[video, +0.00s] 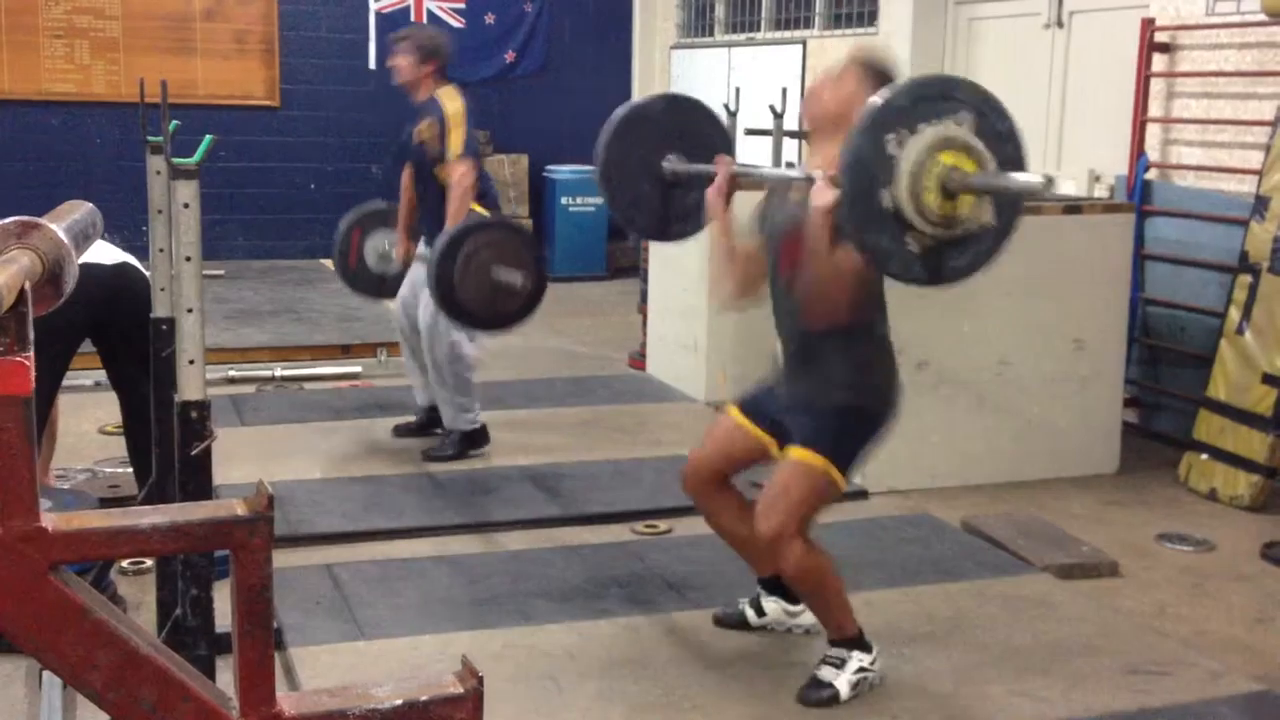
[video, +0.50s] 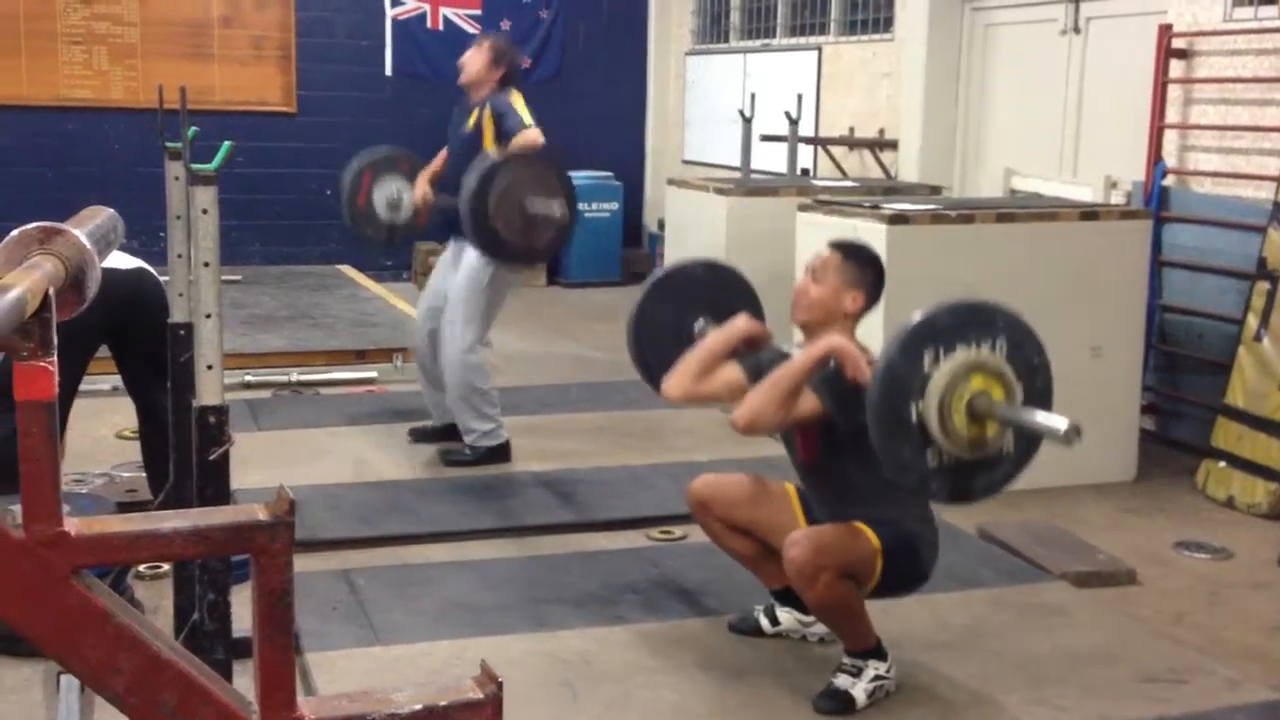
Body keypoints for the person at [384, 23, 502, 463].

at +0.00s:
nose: (392, 63)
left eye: (401, 56)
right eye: (393, 56)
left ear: (427, 63)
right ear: (415, 66)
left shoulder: (450, 102)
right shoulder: (421, 109)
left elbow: (464, 177)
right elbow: (411, 174)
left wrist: (449, 245)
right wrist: (404, 236)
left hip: (460, 241)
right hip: (432, 239)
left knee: (438, 323)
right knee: (407, 310)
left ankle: (467, 425)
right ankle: (434, 408)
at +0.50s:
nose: (462, 58)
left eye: (473, 52)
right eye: (467, 50)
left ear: (494, 67)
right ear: (481, 66)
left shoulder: (505, 101)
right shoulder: (468, 109)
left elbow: (533, 137)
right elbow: (452, 151)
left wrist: (495, 156)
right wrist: (424, 177)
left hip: (493, 245)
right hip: (463, 240)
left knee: (461, 339)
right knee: (427, 324)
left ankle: (489, 439)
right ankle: (450, 420)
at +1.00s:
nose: (445, 52)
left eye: (455, 46)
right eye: (449, 45)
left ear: (479, 60)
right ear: (469, 61)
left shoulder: (492, 109)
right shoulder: (458, 115)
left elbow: (506, 181)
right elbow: (450, 187)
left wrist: (498, 248)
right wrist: (439, 246)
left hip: (497, 249)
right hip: (467, 250)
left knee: (498, 341)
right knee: (458, 337)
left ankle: (499, 441)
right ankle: (463, 422)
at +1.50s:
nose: (391, 128)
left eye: (395, 117)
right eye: (388, 119)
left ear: (421, 111)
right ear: (415, 114)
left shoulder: (461, 148)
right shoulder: (438, 156)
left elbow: (478, 226)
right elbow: (438, 223)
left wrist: (494, 295)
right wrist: (434, 286)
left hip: (520, 251)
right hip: (485, 252)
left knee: (499, 347)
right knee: (464, 340)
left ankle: (501, 454)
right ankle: (467, 434)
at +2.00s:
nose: (372, 305)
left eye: (373, 295)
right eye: (368, 299)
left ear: (392, 281)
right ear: (395, 280)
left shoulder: (440, 294)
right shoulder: (423, 295)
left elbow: (464, 368)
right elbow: (436, 355)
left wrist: (468, 443)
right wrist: (440, 410)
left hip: (544, 300)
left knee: (464, 369)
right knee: (495, 374)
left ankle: (463, 456)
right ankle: (496, 453)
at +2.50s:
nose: (366, 333)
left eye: (361, 325)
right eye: (360, 329)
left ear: (370, 309)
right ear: (375, 299)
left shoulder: (420, 313)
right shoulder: (407, 310)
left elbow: (449, 386)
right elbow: (429, 373)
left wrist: (469, 456)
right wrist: (440, 429)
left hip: (531, 312)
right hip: (523, 311)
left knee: (465, 391)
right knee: (476, 394)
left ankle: (484, 475)